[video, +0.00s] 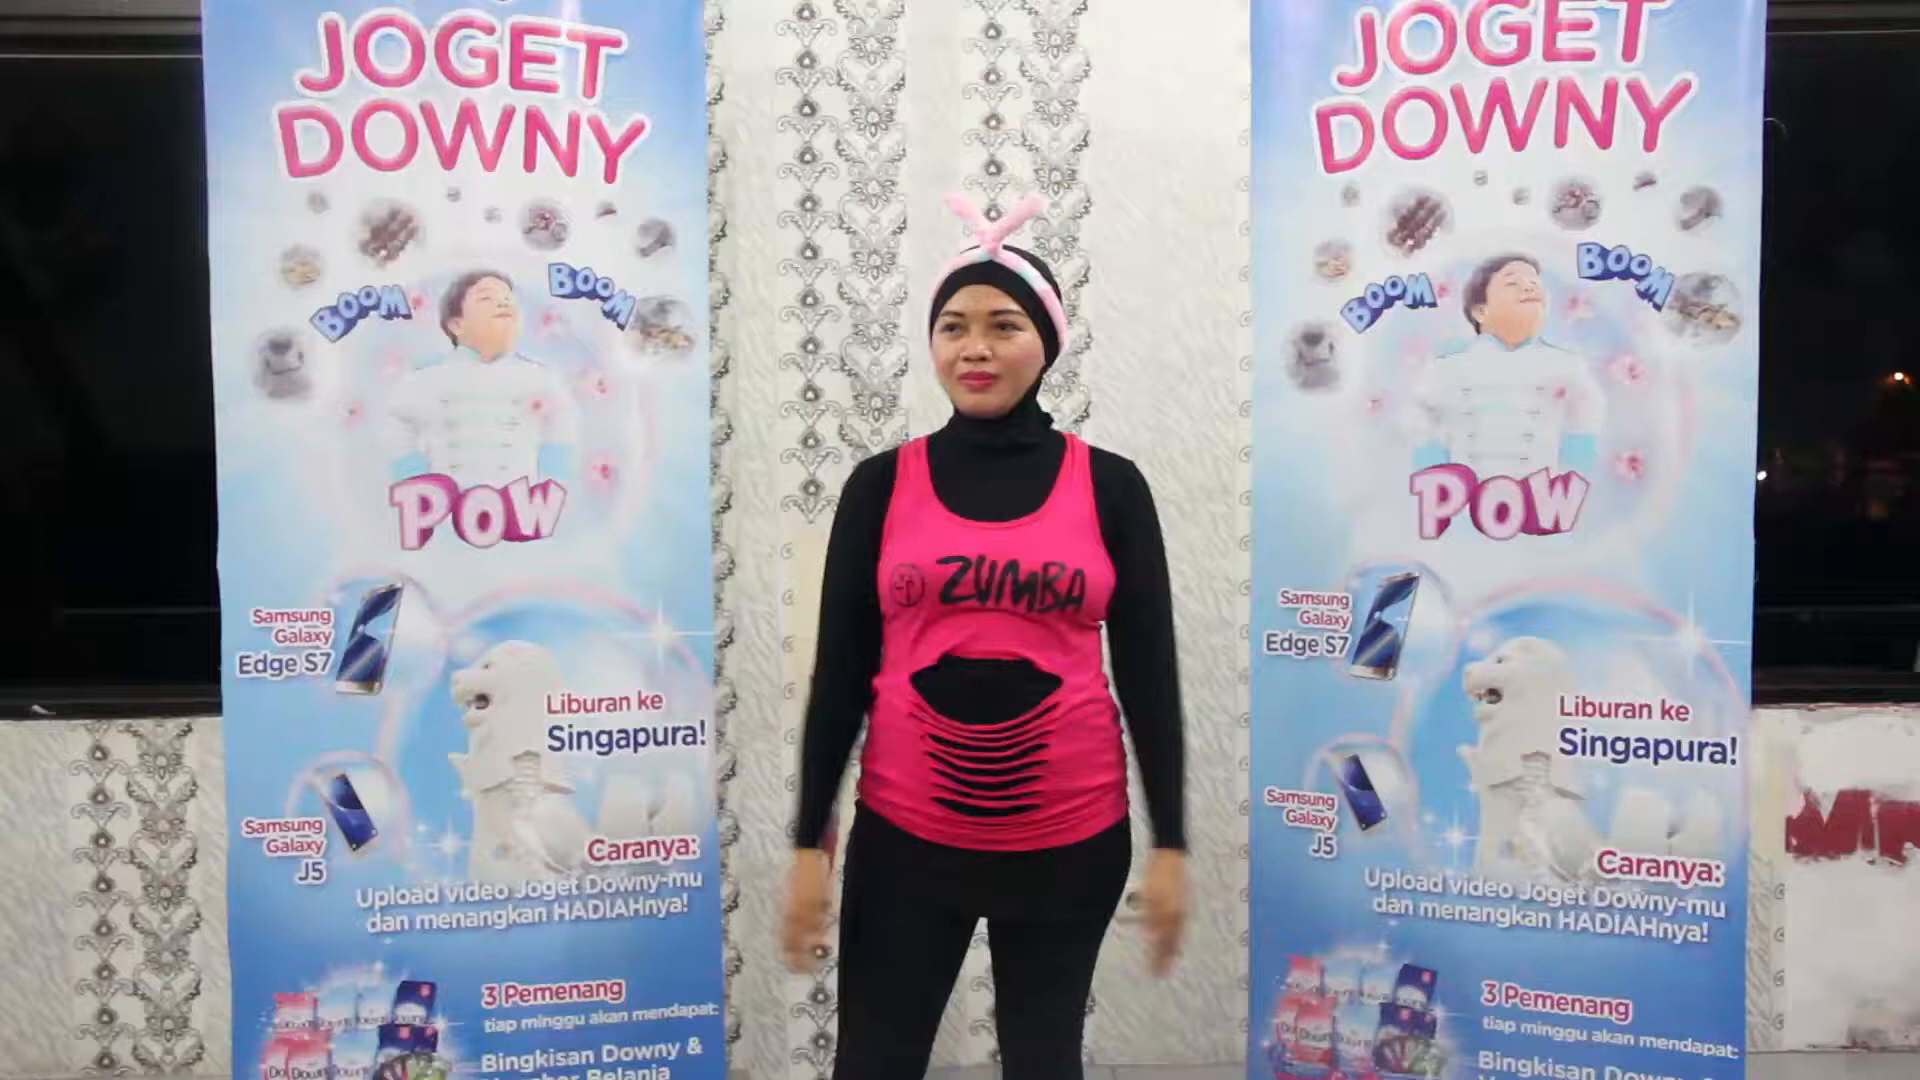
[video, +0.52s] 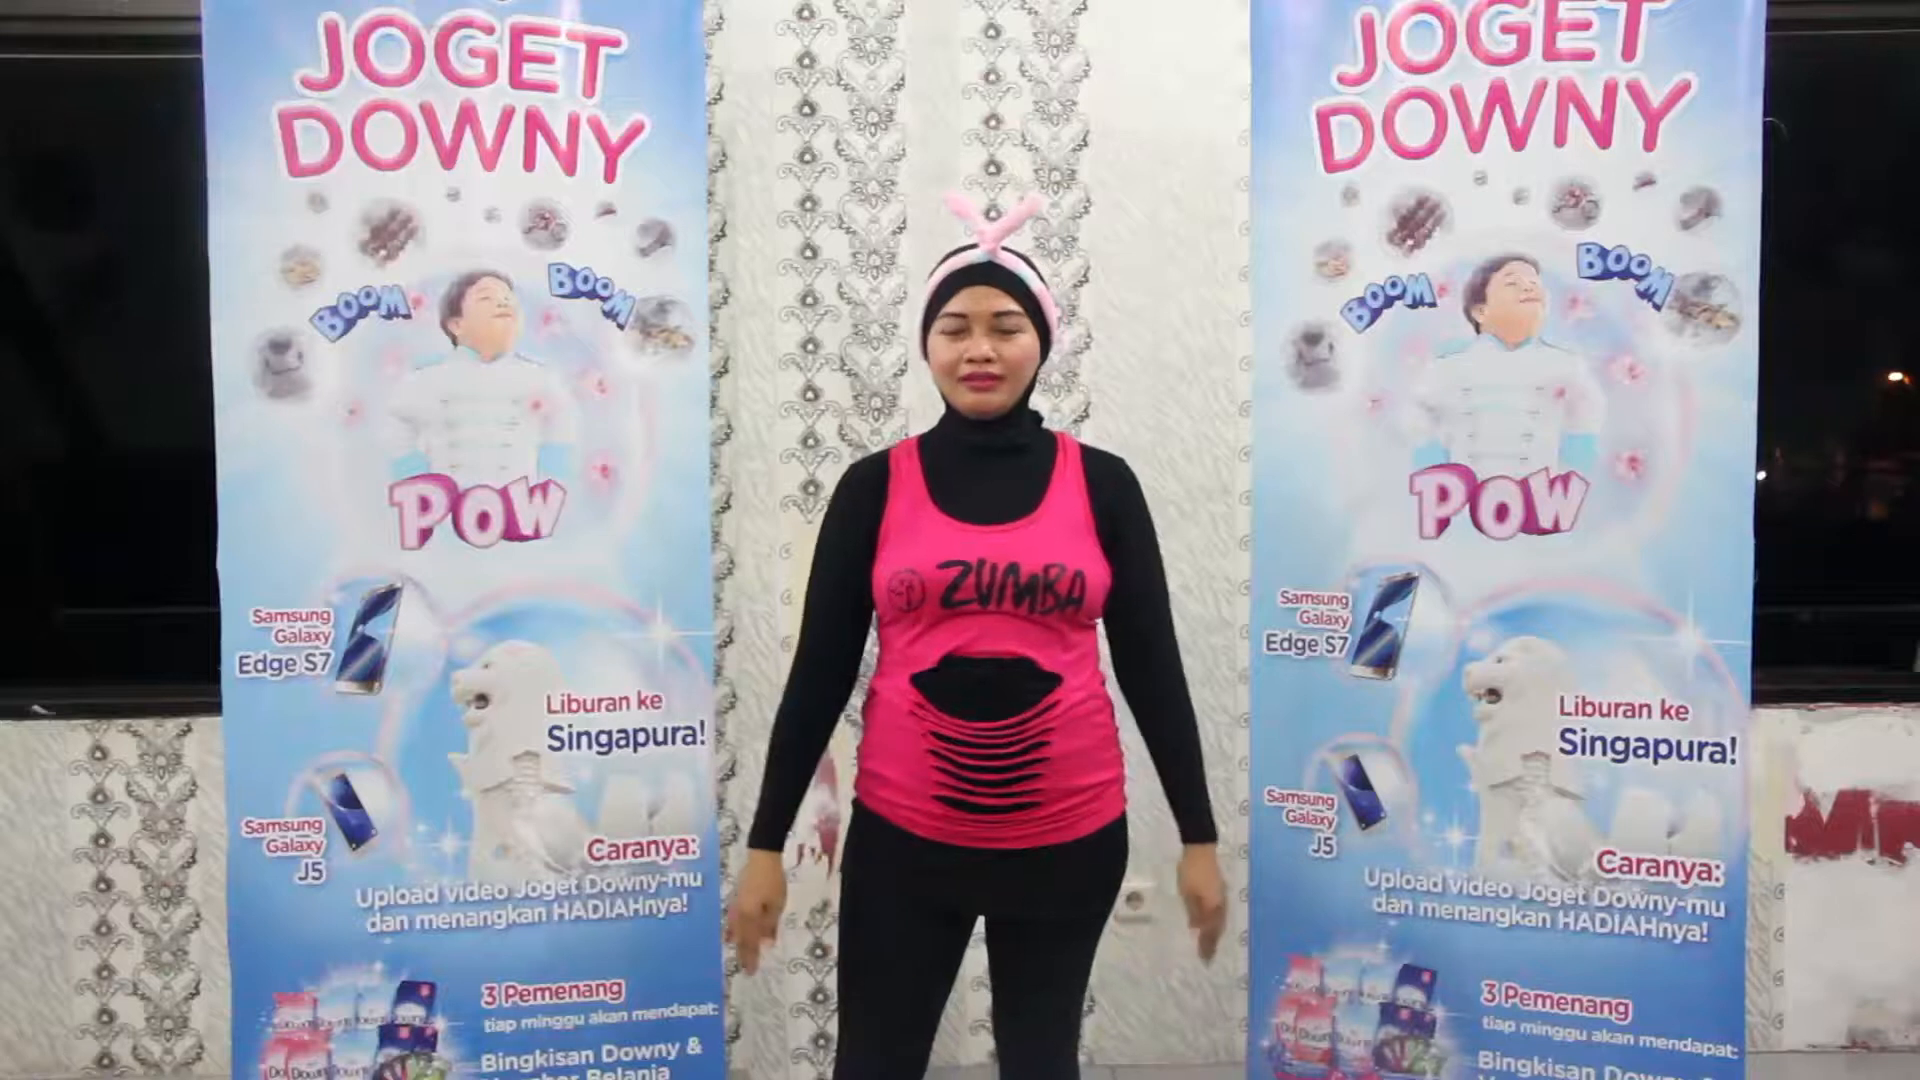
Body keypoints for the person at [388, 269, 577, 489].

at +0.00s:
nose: (503, 303)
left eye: (508, 299)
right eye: (485, 298)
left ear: (518, 316)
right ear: (455, 324)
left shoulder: (538, 378)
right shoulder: (423, 381)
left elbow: (560, 438)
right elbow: (393, 430)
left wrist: (546, 494)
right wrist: (417, 485)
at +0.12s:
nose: (503, 303)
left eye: (508, 299)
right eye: (485, 298)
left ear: (518, 316)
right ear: (455, 324)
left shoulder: (538, 378)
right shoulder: (423, 381)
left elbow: (560, 441)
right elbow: (393, 431)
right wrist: (417, 485)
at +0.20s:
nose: (503, 303)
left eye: (509, 299)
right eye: (485, 298)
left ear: (518, 316)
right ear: (455, 324)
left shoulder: (538, 378)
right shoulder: (423, 381)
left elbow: (560, 441)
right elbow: (393, 431)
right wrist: (417, 486)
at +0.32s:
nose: (503, 303)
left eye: (509, 299)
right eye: (485, 298)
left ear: (518, 316)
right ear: (455, 324)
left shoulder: (538, 378)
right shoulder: (423, 381)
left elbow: (560, 441)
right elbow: (393, 432)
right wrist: (417, 486)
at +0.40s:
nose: (503, 303)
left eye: (508, 299)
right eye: (485, 298)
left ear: (518, 316)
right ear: (455, 324)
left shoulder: (539, 378)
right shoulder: (423, 382)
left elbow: (559, 444)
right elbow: (392, 431)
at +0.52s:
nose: (503, 303)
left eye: (508, 299)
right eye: (485, 298)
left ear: (518, 316)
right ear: (454, 324)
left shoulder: (539, 378)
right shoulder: (423, 382)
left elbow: (559, 443)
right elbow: (392, 431)